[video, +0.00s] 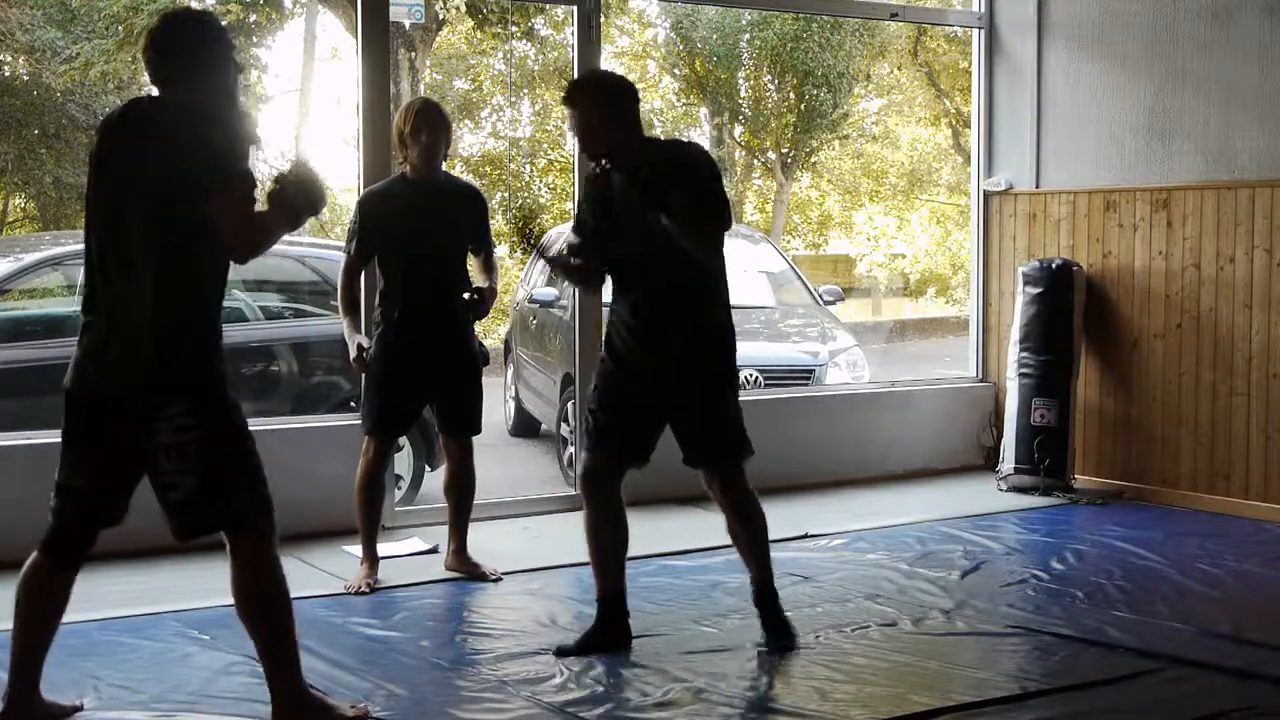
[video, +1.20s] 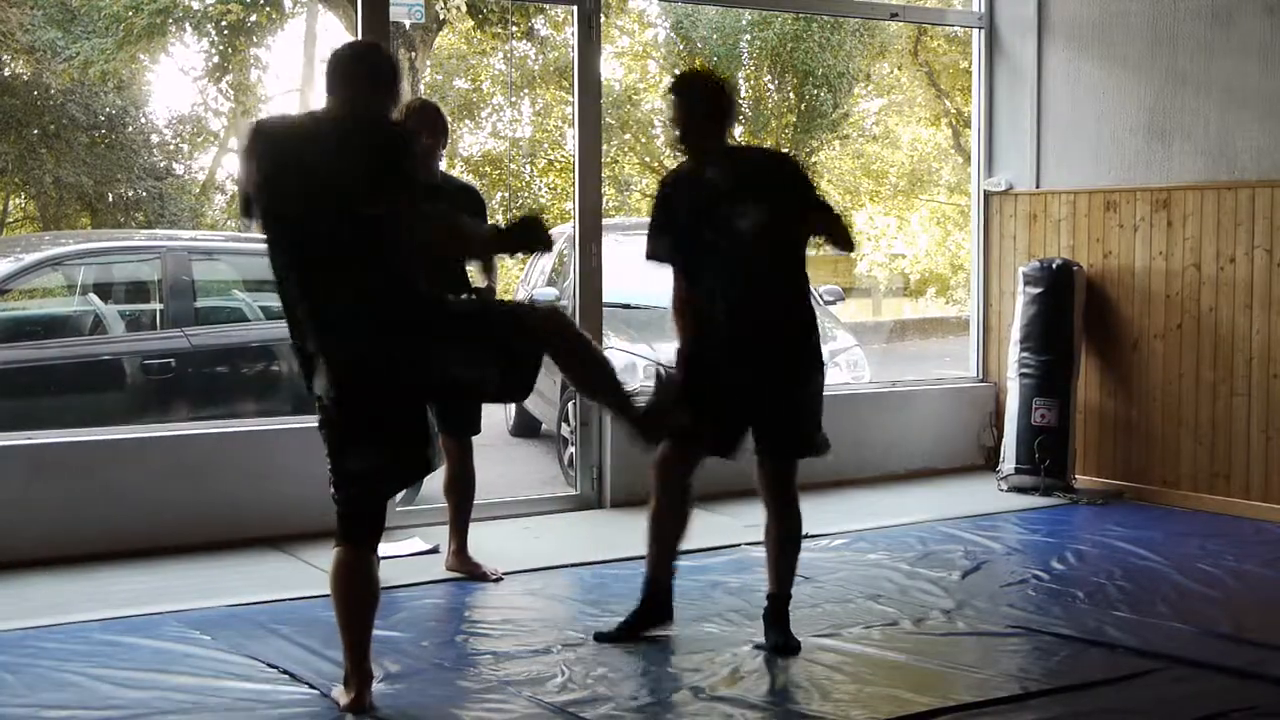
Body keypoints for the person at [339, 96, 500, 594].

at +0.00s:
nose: (430, 140)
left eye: (437, 131)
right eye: (420, 132)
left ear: (448, 137)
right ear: (404, 139)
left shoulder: (467, 198)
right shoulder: (376, 201)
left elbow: (485, 259)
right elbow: (350, 275)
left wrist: (489, 291)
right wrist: (353, 336)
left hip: (453, 337)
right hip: (394, 339)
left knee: (459, 446)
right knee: (377, 447)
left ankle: (457, 551)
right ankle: (368, 561)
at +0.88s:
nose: (429, 142)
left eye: (436, 132)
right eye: (420, 132)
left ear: (446, 138)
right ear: (400, 136)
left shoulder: (462, 196)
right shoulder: (379, 189)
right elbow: (361, 258)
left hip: (452, 329)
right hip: (391, 326)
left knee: (456, 443)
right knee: (381, 435)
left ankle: (457, 550)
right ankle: (363, 548)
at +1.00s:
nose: (427, 143)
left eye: (435, 134)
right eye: (418, 133)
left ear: (447, 140)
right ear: (398, 137)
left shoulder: (464, 198)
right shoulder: (376, 189)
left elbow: (487, 264)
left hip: (450, 331)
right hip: (391, 328)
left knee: (456, 446)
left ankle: (457, 549)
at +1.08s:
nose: (428, 144)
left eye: (435, 133)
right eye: (418, 133)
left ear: (447, 139)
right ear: (398, 136)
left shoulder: (464, 198)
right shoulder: (376, 186)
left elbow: (483, 268)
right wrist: (482, 267)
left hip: (451, 331)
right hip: (393, 326)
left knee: (456, 446)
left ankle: (457, 549)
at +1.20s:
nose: (429, 144)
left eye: (434, 134)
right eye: (422, 134)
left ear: (444, 138)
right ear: (406, 134)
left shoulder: (463, 195)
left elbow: (485, 264)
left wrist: (489, 298)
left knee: (457, 444)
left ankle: (458, 549)